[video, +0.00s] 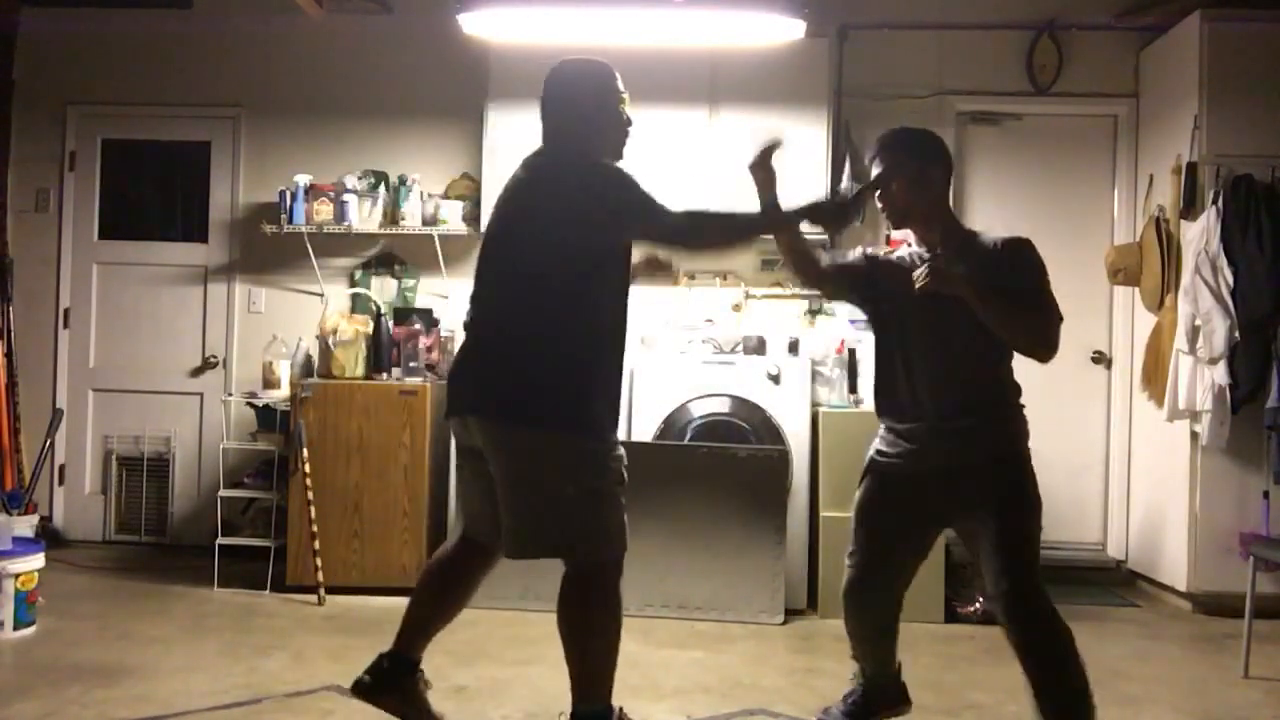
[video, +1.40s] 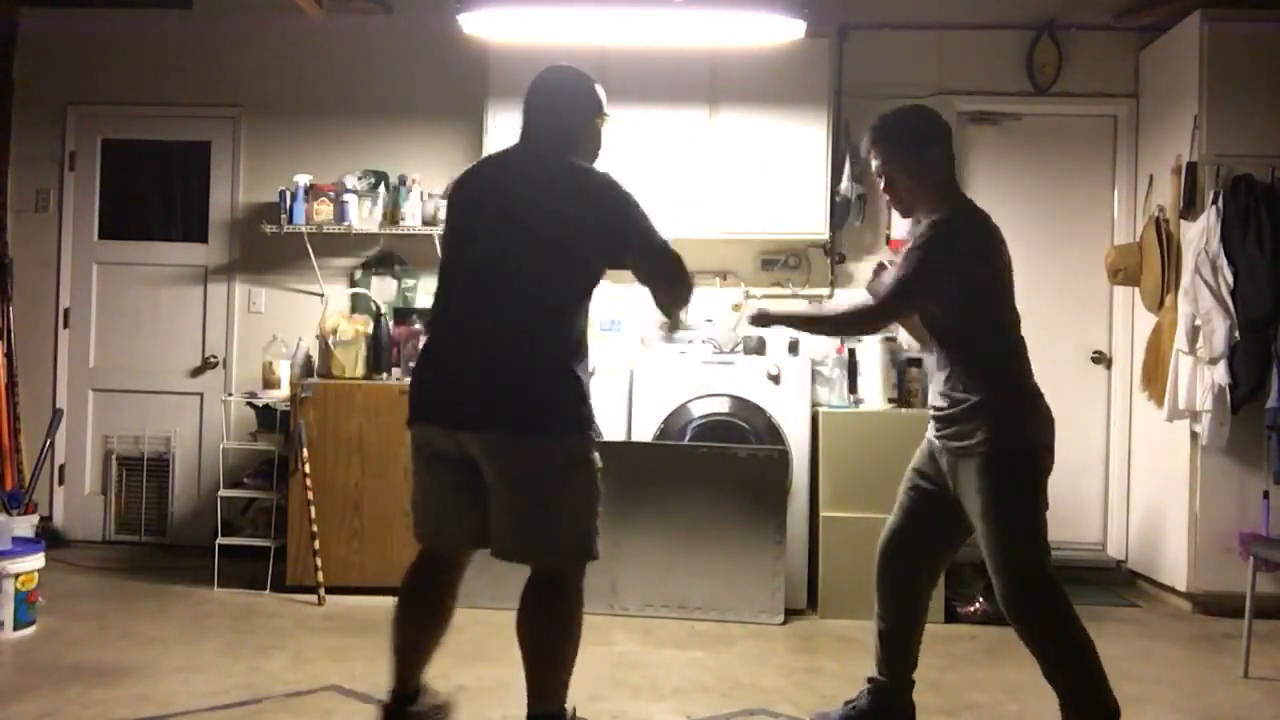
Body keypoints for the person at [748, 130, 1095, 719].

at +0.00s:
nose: (877, 194)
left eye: (888, 180)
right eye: (875, 183)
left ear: (932, 177)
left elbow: (1043, 343)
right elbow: (808, 268)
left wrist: (967, 288)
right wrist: (769, 193)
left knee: (1016, 598)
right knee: (864, 589)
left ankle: (1073, 715)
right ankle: (879, 688)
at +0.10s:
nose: (887, 186)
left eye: (898, 172)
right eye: (884, 176)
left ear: (944, 170)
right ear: (887, 182)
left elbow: (1045, 340)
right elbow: (832, 340)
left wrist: (961, 283)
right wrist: (788, 285)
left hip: (991, 451)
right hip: (905, 450)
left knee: (1015, 603)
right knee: (869, 586)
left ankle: (1073, 717)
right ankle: (883, 685)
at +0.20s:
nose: (892, 178)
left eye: (904, 163)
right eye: (890, 166)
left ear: (952, 160)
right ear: (900, 172)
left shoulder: (1021, 239)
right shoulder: (897, 273)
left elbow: (1043, 335)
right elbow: (888, 381)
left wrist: (956, 287)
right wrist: (839, 370)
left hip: (990, 453)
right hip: (906, 450)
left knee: (1013, 613)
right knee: (860, 584)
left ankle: (1074, 718)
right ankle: (883, 684)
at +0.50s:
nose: (891, 172)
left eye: (900, 156)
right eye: (888, 159)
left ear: (946, 147)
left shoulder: (1000, 226)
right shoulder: (928, 245)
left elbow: (967, 330)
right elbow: (887, 340)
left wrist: (904, 260)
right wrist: (850, 274)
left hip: (982, 439)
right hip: (918, 435)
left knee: (1007, 605)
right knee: (867, 563)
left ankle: (1070, 718)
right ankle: (894, 695)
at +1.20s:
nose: (888, 190)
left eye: (895, 174)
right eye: (883, 177)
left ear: (936, 163)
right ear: (916, 174)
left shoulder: (994, 230)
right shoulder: (925, 254)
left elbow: (950, 313)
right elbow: (905, 353)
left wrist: (883, 276)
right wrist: (876, 286)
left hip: (1005, 444)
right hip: (942, 442)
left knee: (1034, 602)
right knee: (890, 565)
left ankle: (1100, 717)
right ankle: (888, 697)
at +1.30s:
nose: (877, 186)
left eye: (883, 170)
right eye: (872, 173)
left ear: (925, 160)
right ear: (920, 165)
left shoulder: (965, 229)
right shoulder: (928, 239)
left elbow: (867, 284)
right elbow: (919, 347)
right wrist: (880, 290)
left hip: (1006, 437)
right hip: (948, 435)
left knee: (1034, 604)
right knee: (900, 563)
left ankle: (1098, 715)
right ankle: (890, 696)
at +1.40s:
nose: (879, 183)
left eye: (886, 167)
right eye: (875, 170)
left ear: (927, 160)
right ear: (932, 163)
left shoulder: (956, 233)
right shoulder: (936, 230)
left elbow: (869, 317)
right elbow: (941, 336)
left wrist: (784, 318)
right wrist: (891, 292)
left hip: (998, 435)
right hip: (949, 431)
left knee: (1027, 596)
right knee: (902, 561)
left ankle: (1096, 714)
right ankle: (891, 696)